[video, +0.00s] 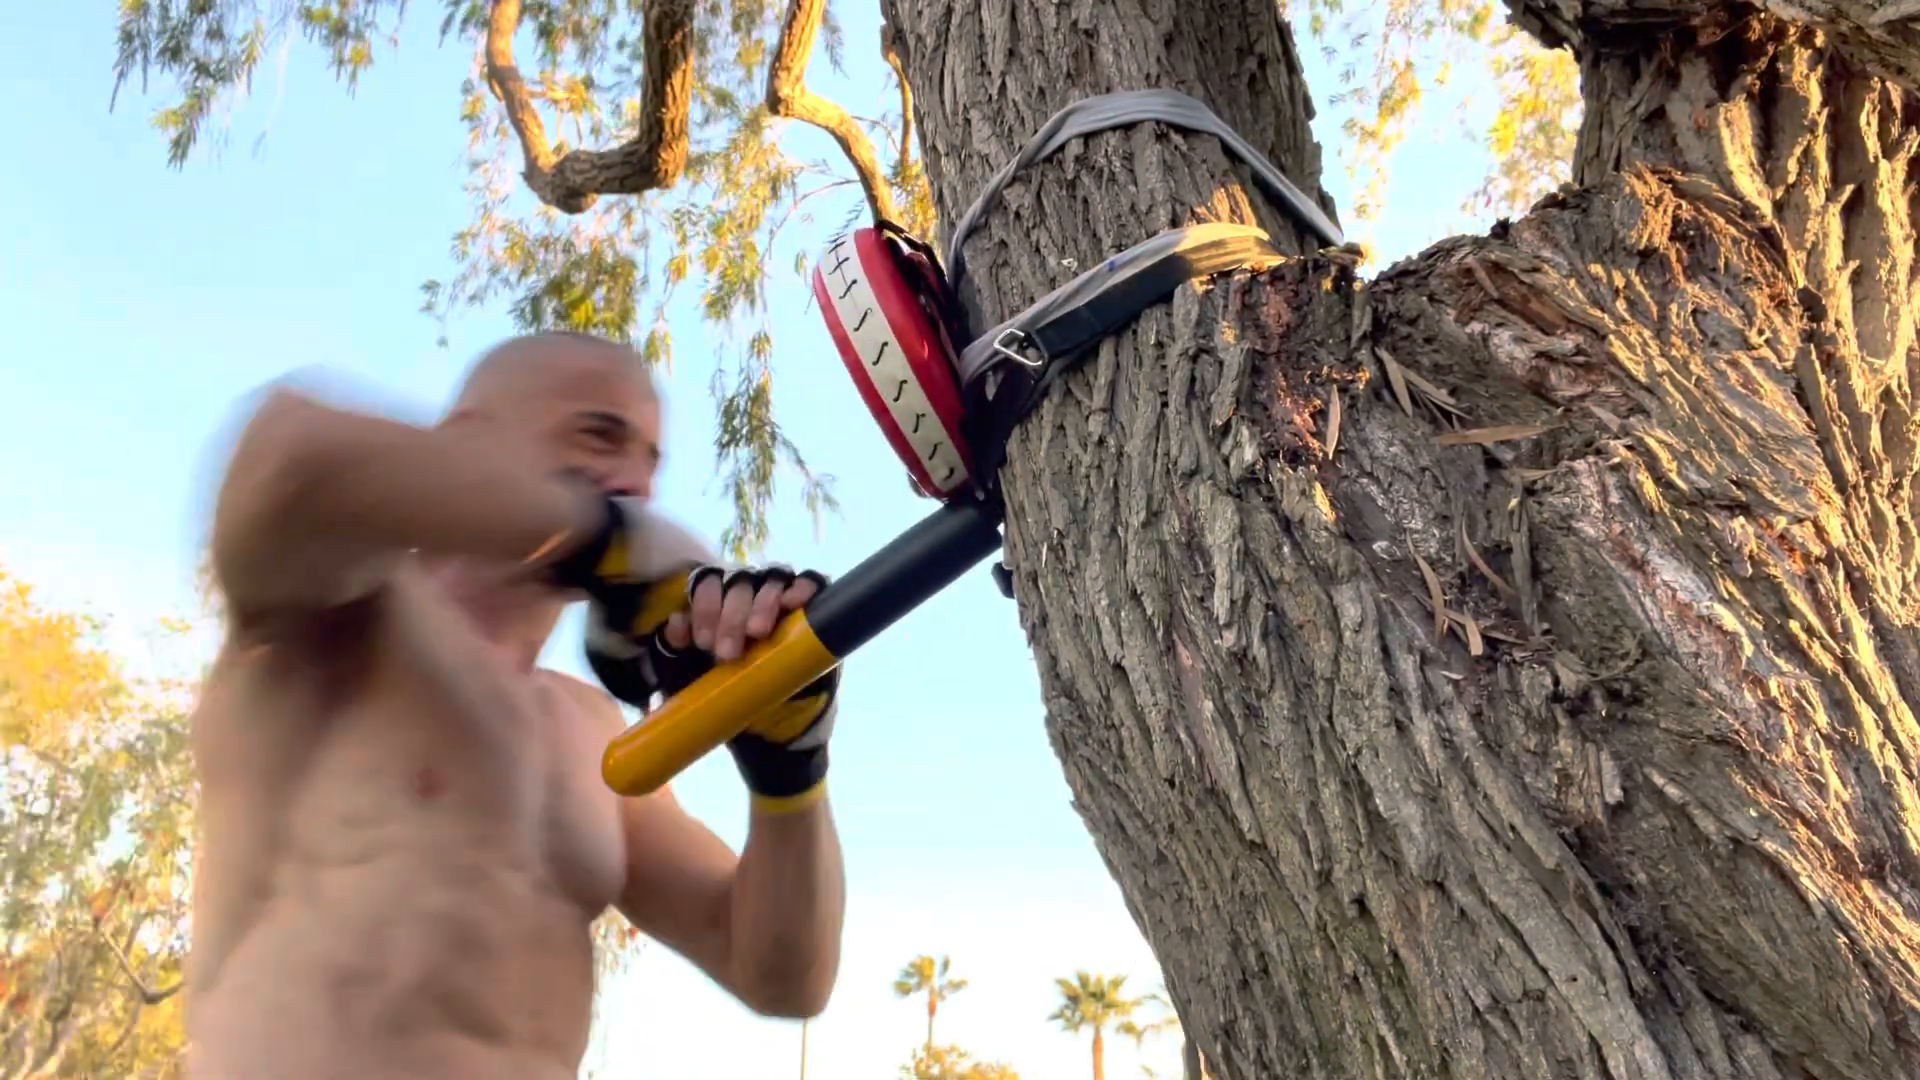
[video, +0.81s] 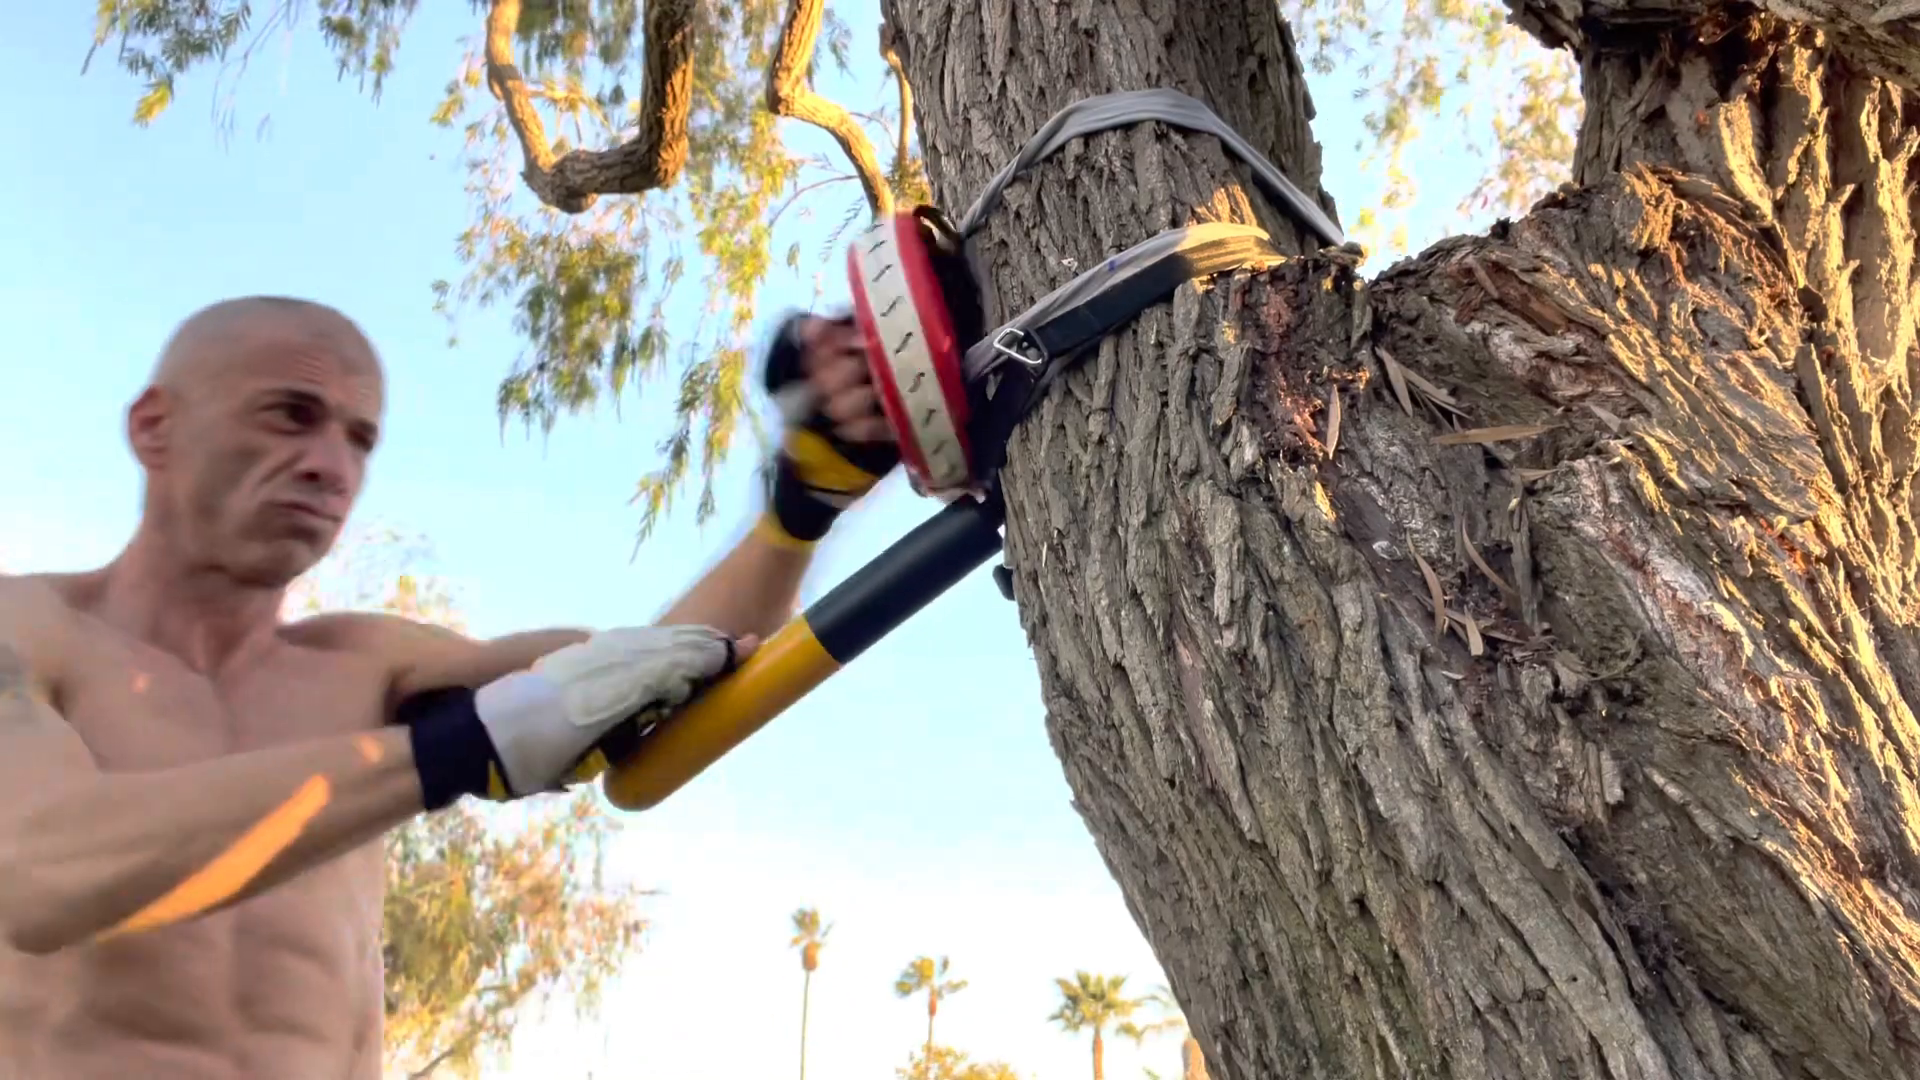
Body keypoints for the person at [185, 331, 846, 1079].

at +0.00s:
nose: (633, 485)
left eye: (650, 465)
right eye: (598, 436)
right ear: (469, 440)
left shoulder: (591, 735)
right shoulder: (331, 610)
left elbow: (783, 979)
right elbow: (294, 455)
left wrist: (785, 763)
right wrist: (610, 538)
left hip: (529, 1061)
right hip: (303, 1052)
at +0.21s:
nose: (784, 462)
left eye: (789, 445)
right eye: (739, 424)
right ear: (632, 425)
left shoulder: (715, 766)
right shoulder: (529, 523)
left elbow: (787, 1023)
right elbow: (820, 350)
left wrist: (792, 768)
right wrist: (876, 601)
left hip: (607, 1060)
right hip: (378, 1052)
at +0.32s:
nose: (746, 471)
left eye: (754, 456)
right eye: (707, 431)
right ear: (599, 426)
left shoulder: (695, 742)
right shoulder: (492, 532)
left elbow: (810, 1010)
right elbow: (794, 370)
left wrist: (808, 761)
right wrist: (858, 598)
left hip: (601, 1059)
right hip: (371, 1051)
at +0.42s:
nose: (663, 484)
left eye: (690, 448)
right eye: (636, 437)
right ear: (504, 440)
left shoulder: (621, 731)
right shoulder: (376, 574)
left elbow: (762, 991)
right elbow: (675, 432)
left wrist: (778, 710)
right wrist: (835, 500)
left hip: (541, 1059)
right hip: (307, 1051)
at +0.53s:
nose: (582, 473)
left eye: (609, 447)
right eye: (545, 428)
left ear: (634, 470)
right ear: (421, 444)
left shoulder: (553, 728)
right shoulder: (276, 572)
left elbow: (671, 1032)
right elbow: (501, 533)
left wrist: (710, 798)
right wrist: (762, 419)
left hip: (489, 1062)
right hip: (255, 1050)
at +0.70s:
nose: (392, 471)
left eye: (416, 446)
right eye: (350, 421)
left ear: (426, 476)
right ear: (214, 432)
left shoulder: (409, 692)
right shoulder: (53, 606)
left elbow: (683, 847)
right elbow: (105, 880)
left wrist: (636, 605)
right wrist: (534, 762)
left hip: (354, 1058)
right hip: (121, 1058)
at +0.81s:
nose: (333, 466)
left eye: (359, 441)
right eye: (290, 416)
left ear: (367, 474)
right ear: (152, 430)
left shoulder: (369, 662)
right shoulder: (27, 630)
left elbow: (655, 681)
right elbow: (44, 882)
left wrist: (806, 496)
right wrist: (461, 747)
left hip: (327, 1063)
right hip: (76, 1065)